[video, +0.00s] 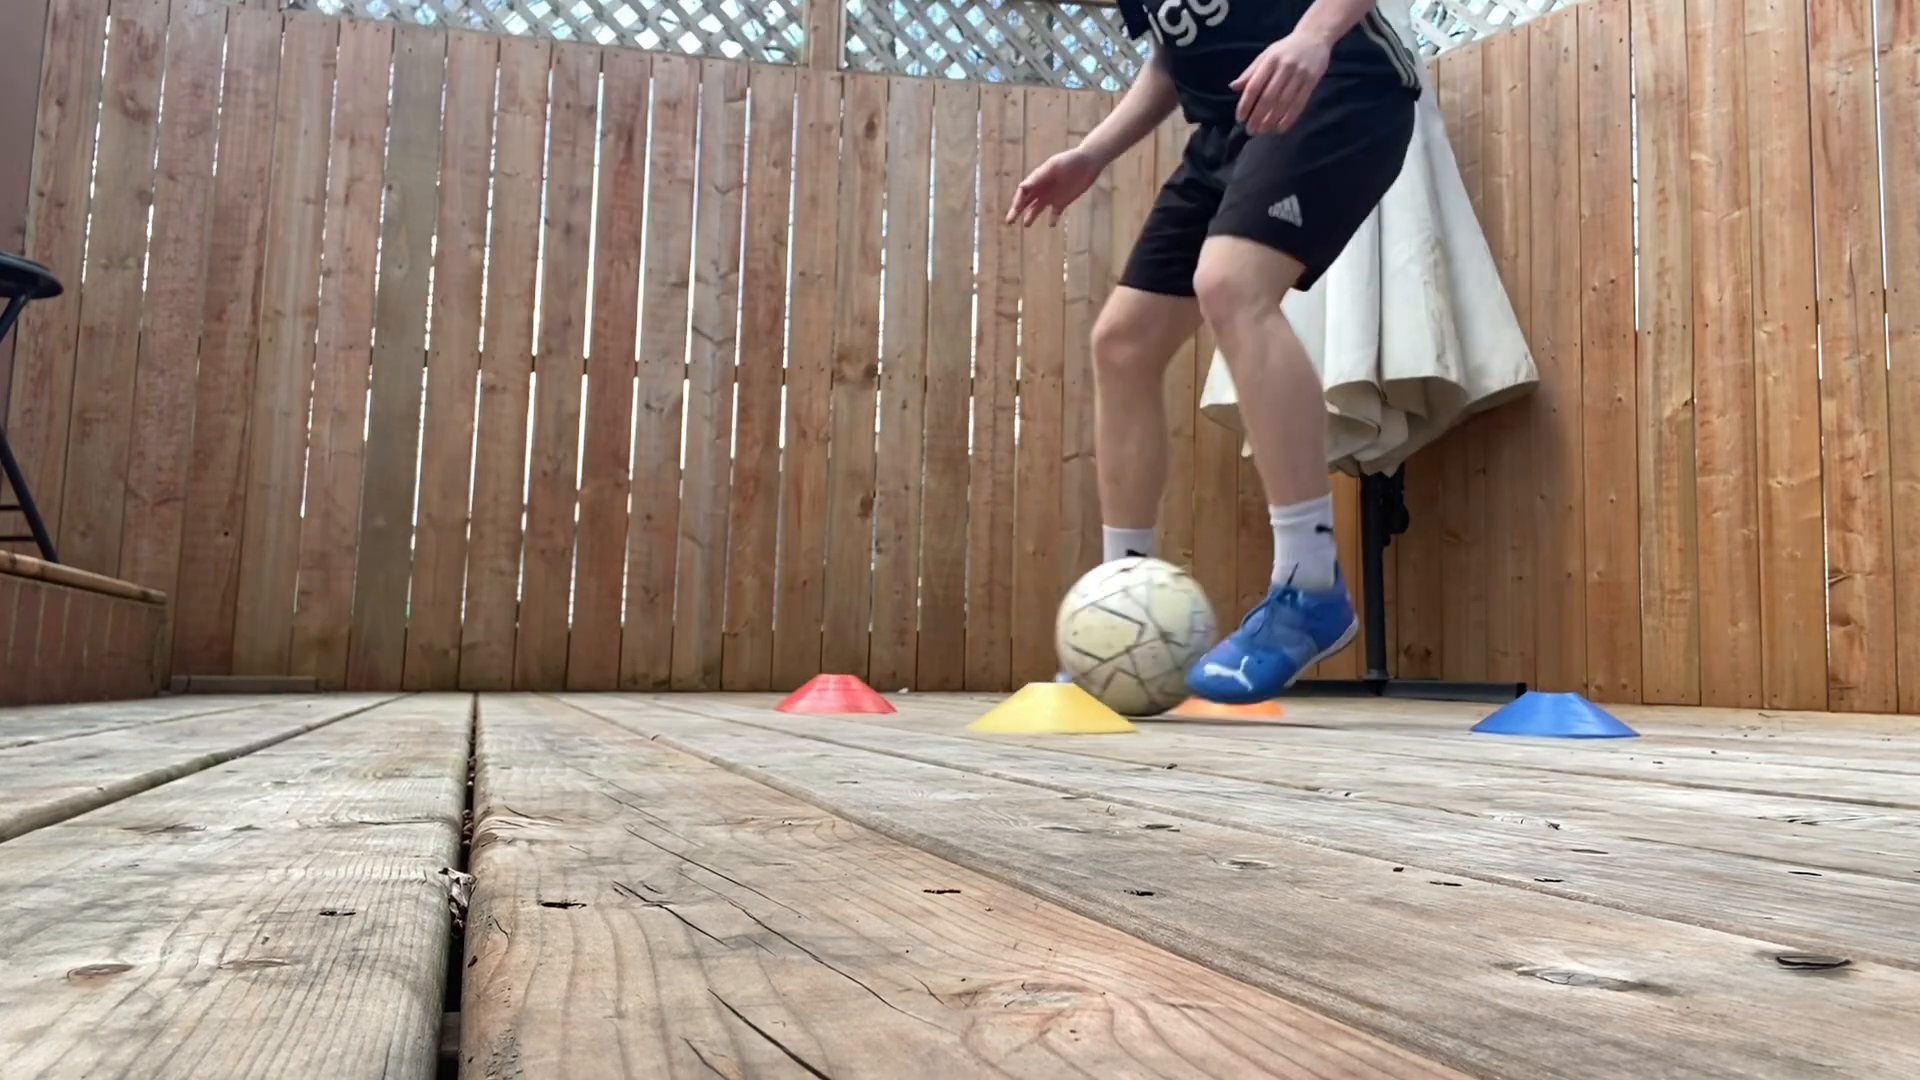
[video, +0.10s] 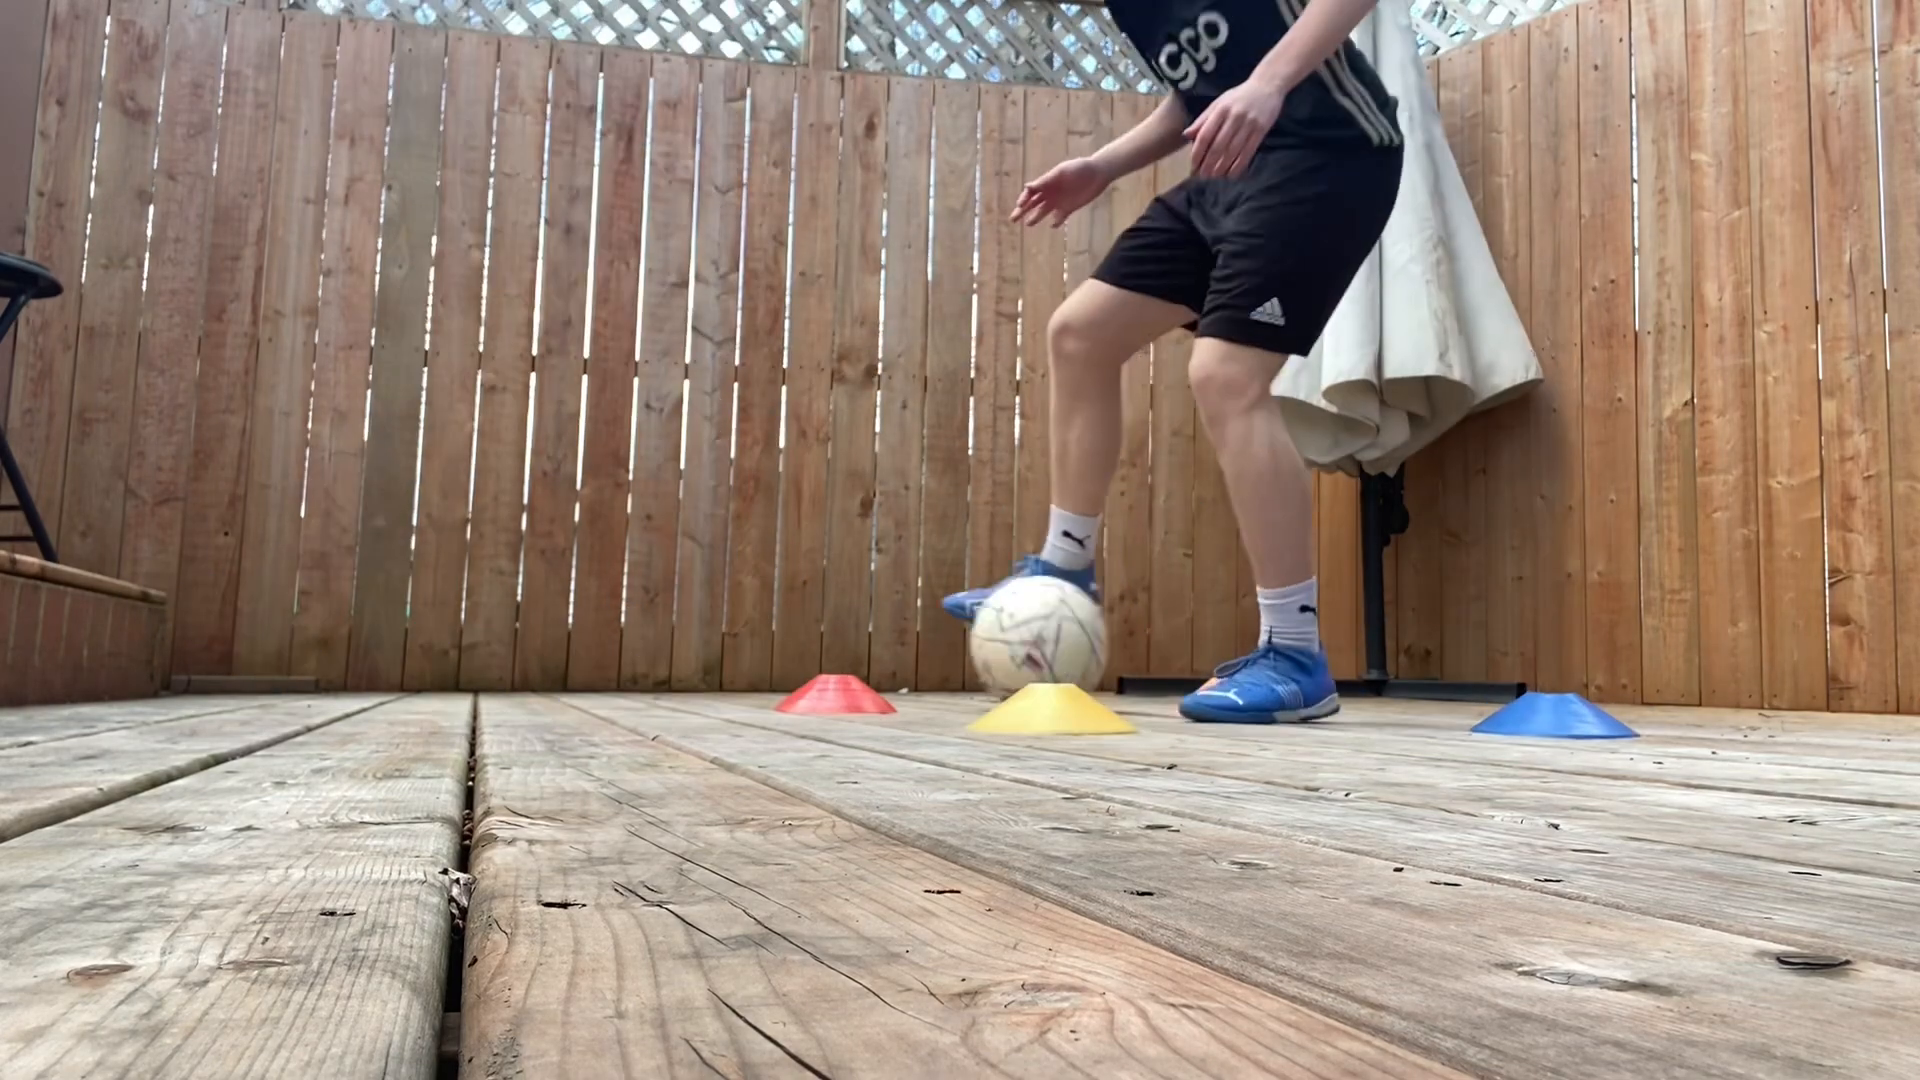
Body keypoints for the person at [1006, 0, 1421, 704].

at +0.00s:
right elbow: (1177, 55)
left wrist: (1315, 32)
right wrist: (1091, 152)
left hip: (1337, 79)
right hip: (1226, 115)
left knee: (1233, 284)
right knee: (1123, 343)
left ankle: (1311, 593)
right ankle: (1123, 623)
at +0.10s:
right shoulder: (1131, 7)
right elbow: (1202, 94)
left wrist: (1268, 80)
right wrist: (1103, 165)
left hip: (1326, 142)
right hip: (1228, 160)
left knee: (1227, 374)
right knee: (1082, 335)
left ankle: (1296, 658)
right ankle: (1064, 579)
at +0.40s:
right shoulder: (1081, 15)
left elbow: (1272, 39)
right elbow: (1125, 119)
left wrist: (1192, 132)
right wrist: (1026, 183)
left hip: (1233, 179)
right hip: (1152, 198)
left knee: (1215, 391)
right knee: (1083, 420)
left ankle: (1295, 656)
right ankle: (1107, 647)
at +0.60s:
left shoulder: (1166, 2)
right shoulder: (1024, 47)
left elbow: (1250, 91)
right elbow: (1052, 161)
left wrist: (1232, 170)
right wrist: (969, 219)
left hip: (1200, 204)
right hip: (1112, 239)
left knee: (1201, 368)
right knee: (1040, 437)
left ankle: (1281, 618)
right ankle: (1069, 654)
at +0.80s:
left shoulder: (1202, 3)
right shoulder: (1041, 48)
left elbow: (1274, 111)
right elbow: (1042, 193)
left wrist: (1246, 159)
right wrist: (958, 252)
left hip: (1216, 239)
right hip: (1119, 273)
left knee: (1209, 395)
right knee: (1043, 463)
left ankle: (1323, 650)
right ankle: (1079, 656)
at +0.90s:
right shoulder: (1087, 18)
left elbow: (1334, 5)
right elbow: (1094, 149)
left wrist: (1281, 54)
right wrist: (1002, 225)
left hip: (1274, 178)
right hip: (1179, 213)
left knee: (1244, 369)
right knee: (1069, 406)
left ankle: (1334, 644)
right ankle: (1069, 632)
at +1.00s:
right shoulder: (1107, 10)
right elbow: (1124, 117)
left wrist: (1337, 9)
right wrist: (1030, 204)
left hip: (1314, 118)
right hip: (1220, 181)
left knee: (1264, 285)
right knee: (1091, 355)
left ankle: (1406, 566)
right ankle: (1153, 604)